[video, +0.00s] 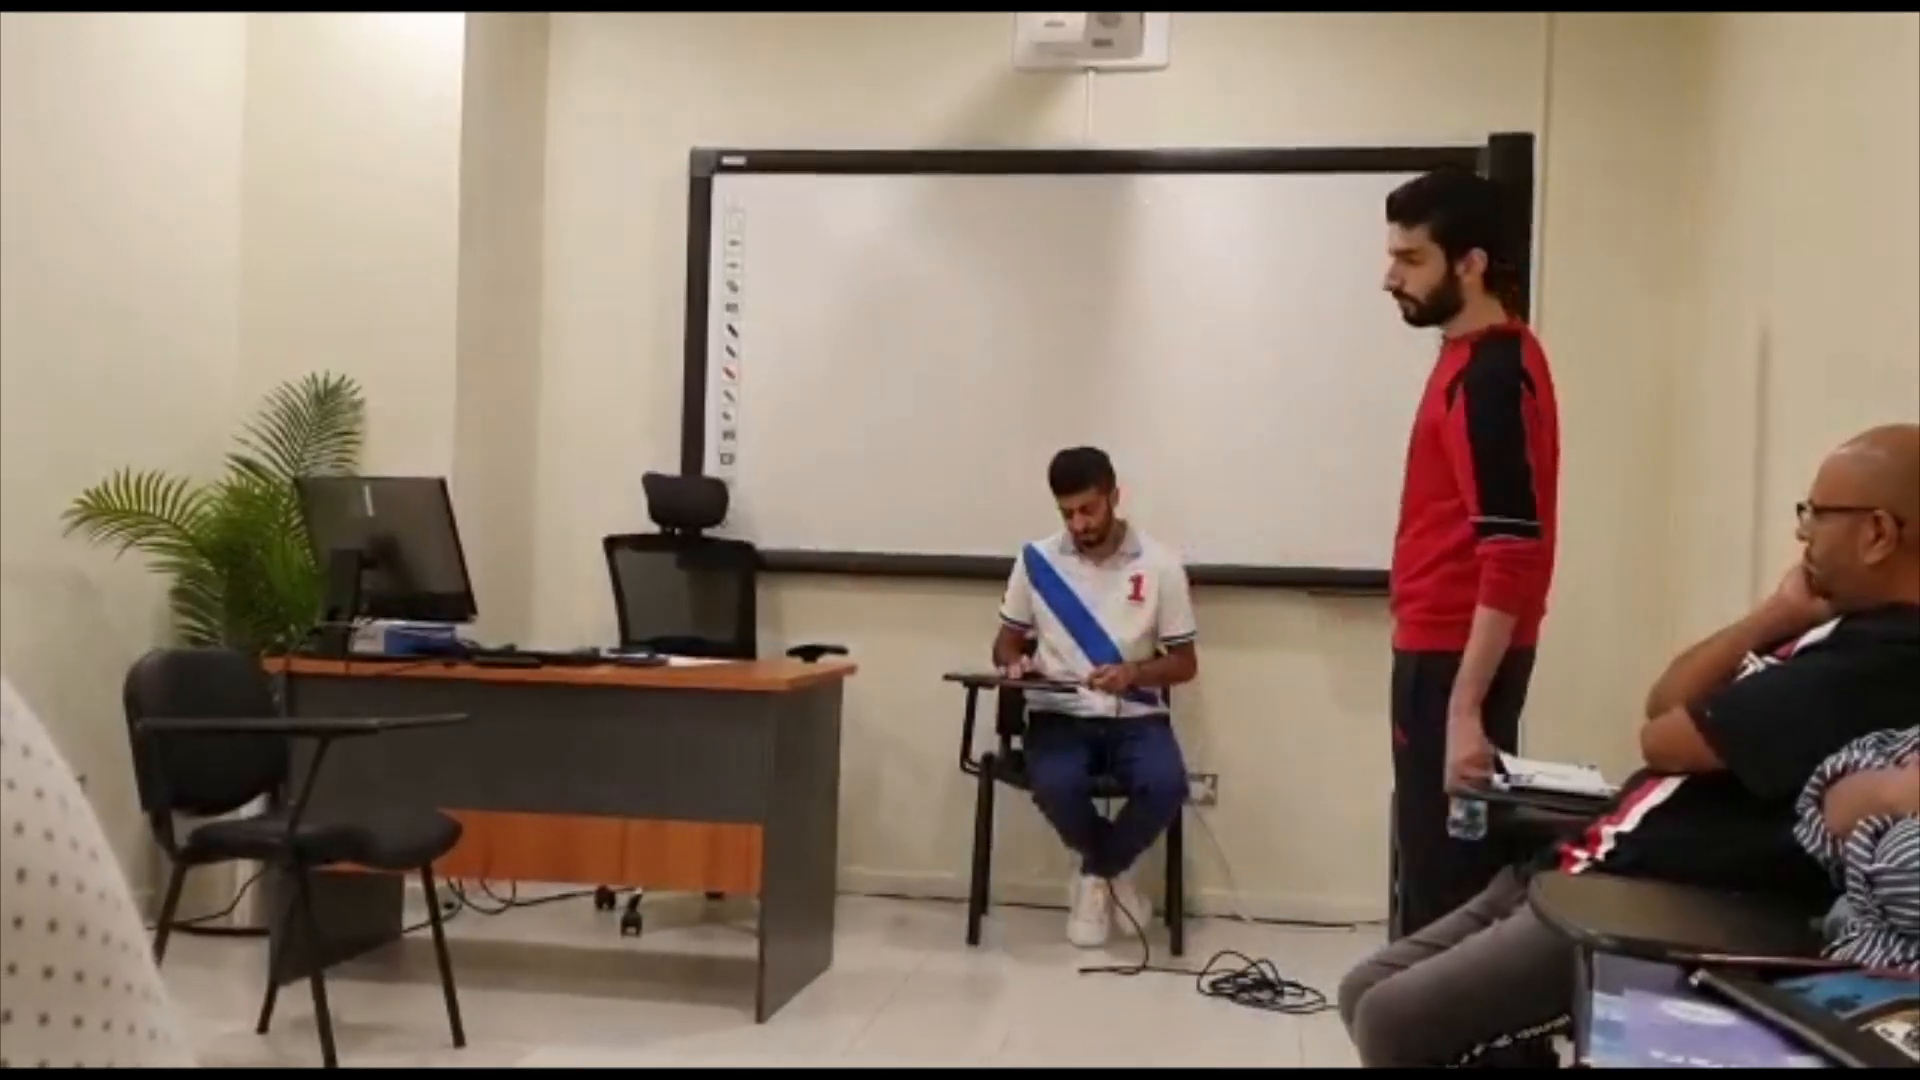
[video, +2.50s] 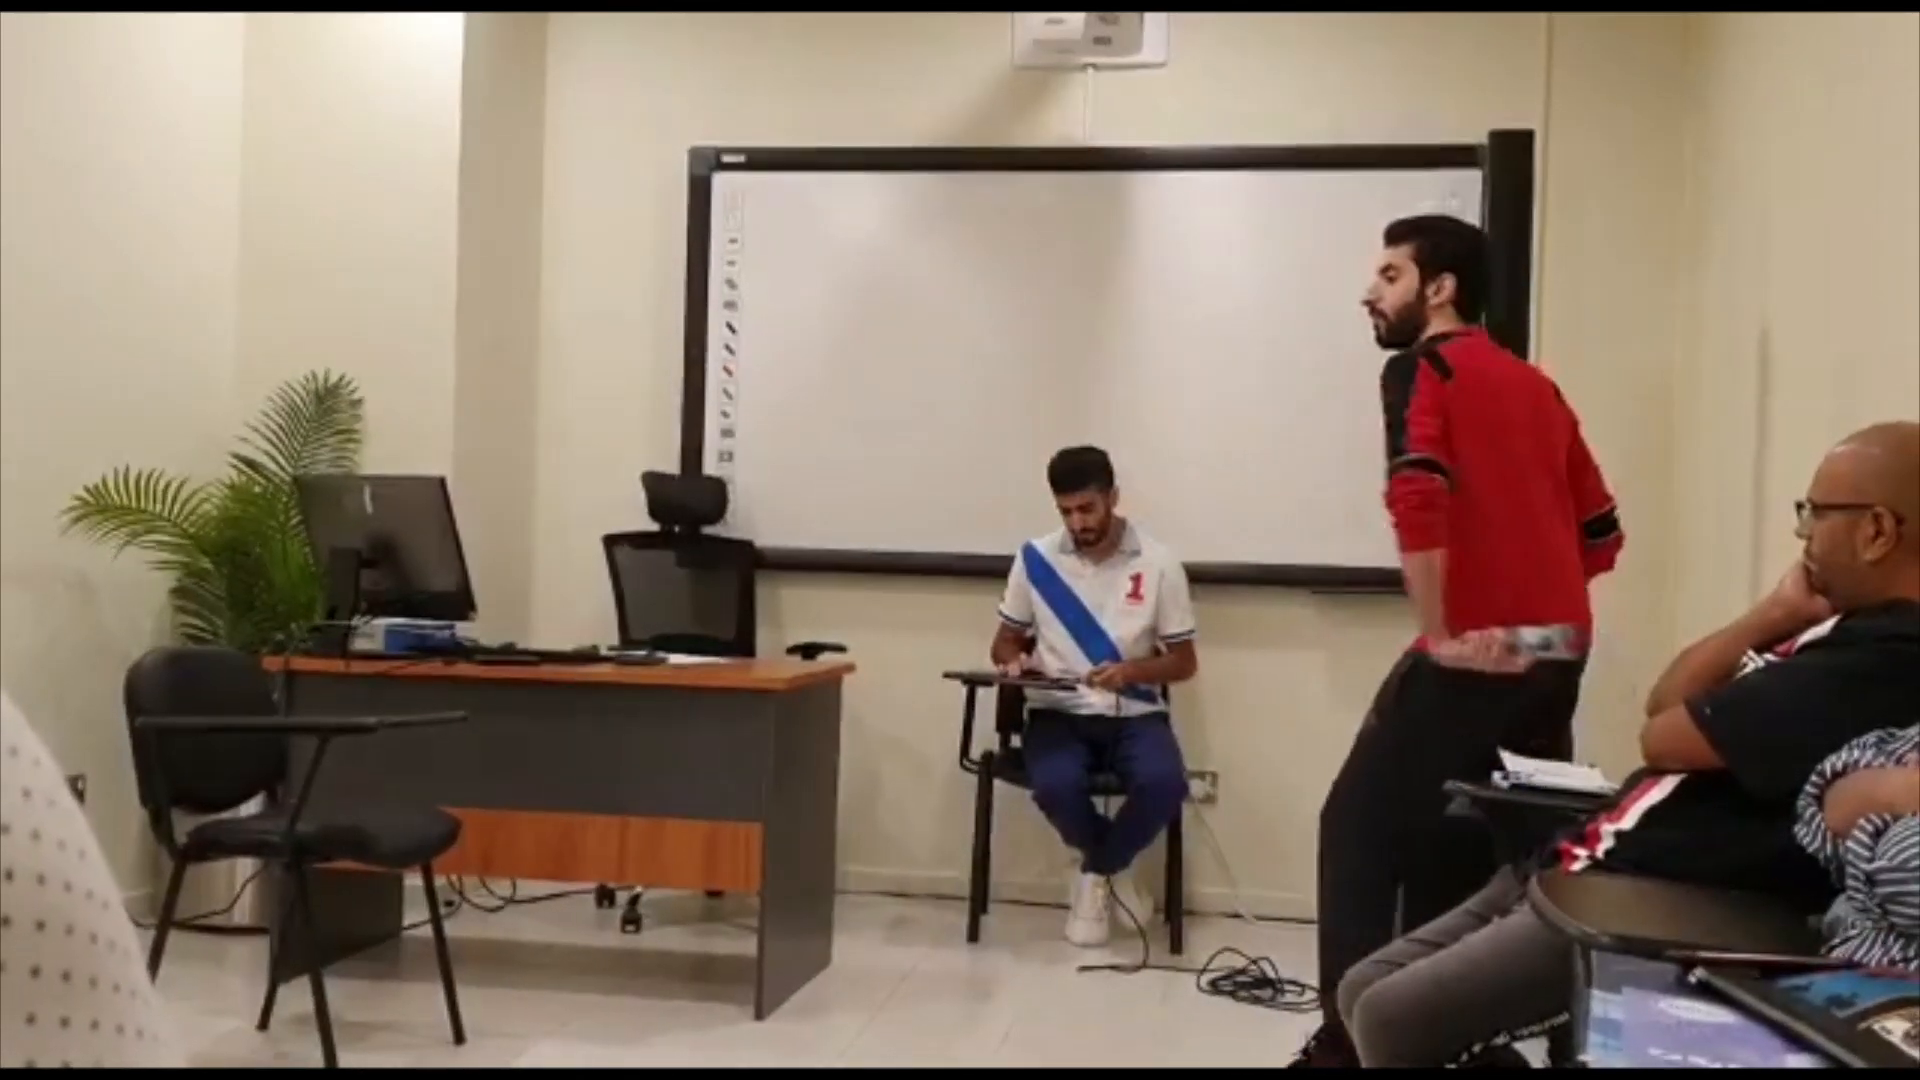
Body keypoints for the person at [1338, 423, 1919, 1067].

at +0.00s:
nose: (1800, 536)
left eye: (1814, 516)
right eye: (1805, 516)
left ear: (1879, 534)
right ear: (1879, 534)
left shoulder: (1882, 653)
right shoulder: (1853, 629)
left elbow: (1666, 744)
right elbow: (1663, 703)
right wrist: (1781, 612)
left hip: (1637, 910)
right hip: (1589, 867)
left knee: (1389, 1024)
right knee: (1364, 989)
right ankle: (1511, 1058)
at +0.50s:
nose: (1800, 538)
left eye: (1813, 517)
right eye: (1804, 516)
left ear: (1880, 534)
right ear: (1880, 534)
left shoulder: (1882, 654)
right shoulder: (1854, 629)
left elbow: (1664, 745)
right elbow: (1665, 703)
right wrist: (1779, 614)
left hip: (1638, 907)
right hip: (1589, 866)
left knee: (1389, 1024)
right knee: (1364, 990)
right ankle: (1488, 1062)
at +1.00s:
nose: (1800, 536)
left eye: (1813, 516)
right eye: (1805, 515)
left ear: (1880, 535)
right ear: (1880, 535)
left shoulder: (1880, 655)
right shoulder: (1857, 630)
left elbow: (1667, 744)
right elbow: (1666, 706)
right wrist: (1781, 614)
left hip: (1631, 910)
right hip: (1582, 867)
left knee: (1388, 1023)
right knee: (1367, 991)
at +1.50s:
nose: (1800, 535)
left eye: (1813, 515)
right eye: (1804, 515)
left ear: (1880, 534)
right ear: (1880, 534)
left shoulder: (1879, 654)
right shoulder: (1856, 629)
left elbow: (1665, 742)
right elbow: (1664, 703)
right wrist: (1782, 612)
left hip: (1628, 909)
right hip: (1580, 865)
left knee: (1385, 1023)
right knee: (1363, 990)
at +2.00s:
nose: (1799, 538)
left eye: (1811, 518)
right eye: (1803, 518)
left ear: (1878, 534)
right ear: (1879, 534)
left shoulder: (1882, 656)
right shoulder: (1853, 631)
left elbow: (1663, 743)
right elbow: (1662, 704)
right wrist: (1779, 614)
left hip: (1626, 907)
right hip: (1579, 863)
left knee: (1383, 1024)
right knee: (1363, 989)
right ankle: (1474, 1062)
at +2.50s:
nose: (1803, 538)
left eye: (1813, 517)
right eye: (1805, 517)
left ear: (1880, 532)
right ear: (1880, 532)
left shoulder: (1882, 655)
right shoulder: (1855, 631)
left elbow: (1667, 743)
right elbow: (1664, 704)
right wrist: (1781, 611)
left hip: (1633, 904)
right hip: (1585, 863)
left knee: (1386, 1021)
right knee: (1363, 988)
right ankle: (1480, 1062)